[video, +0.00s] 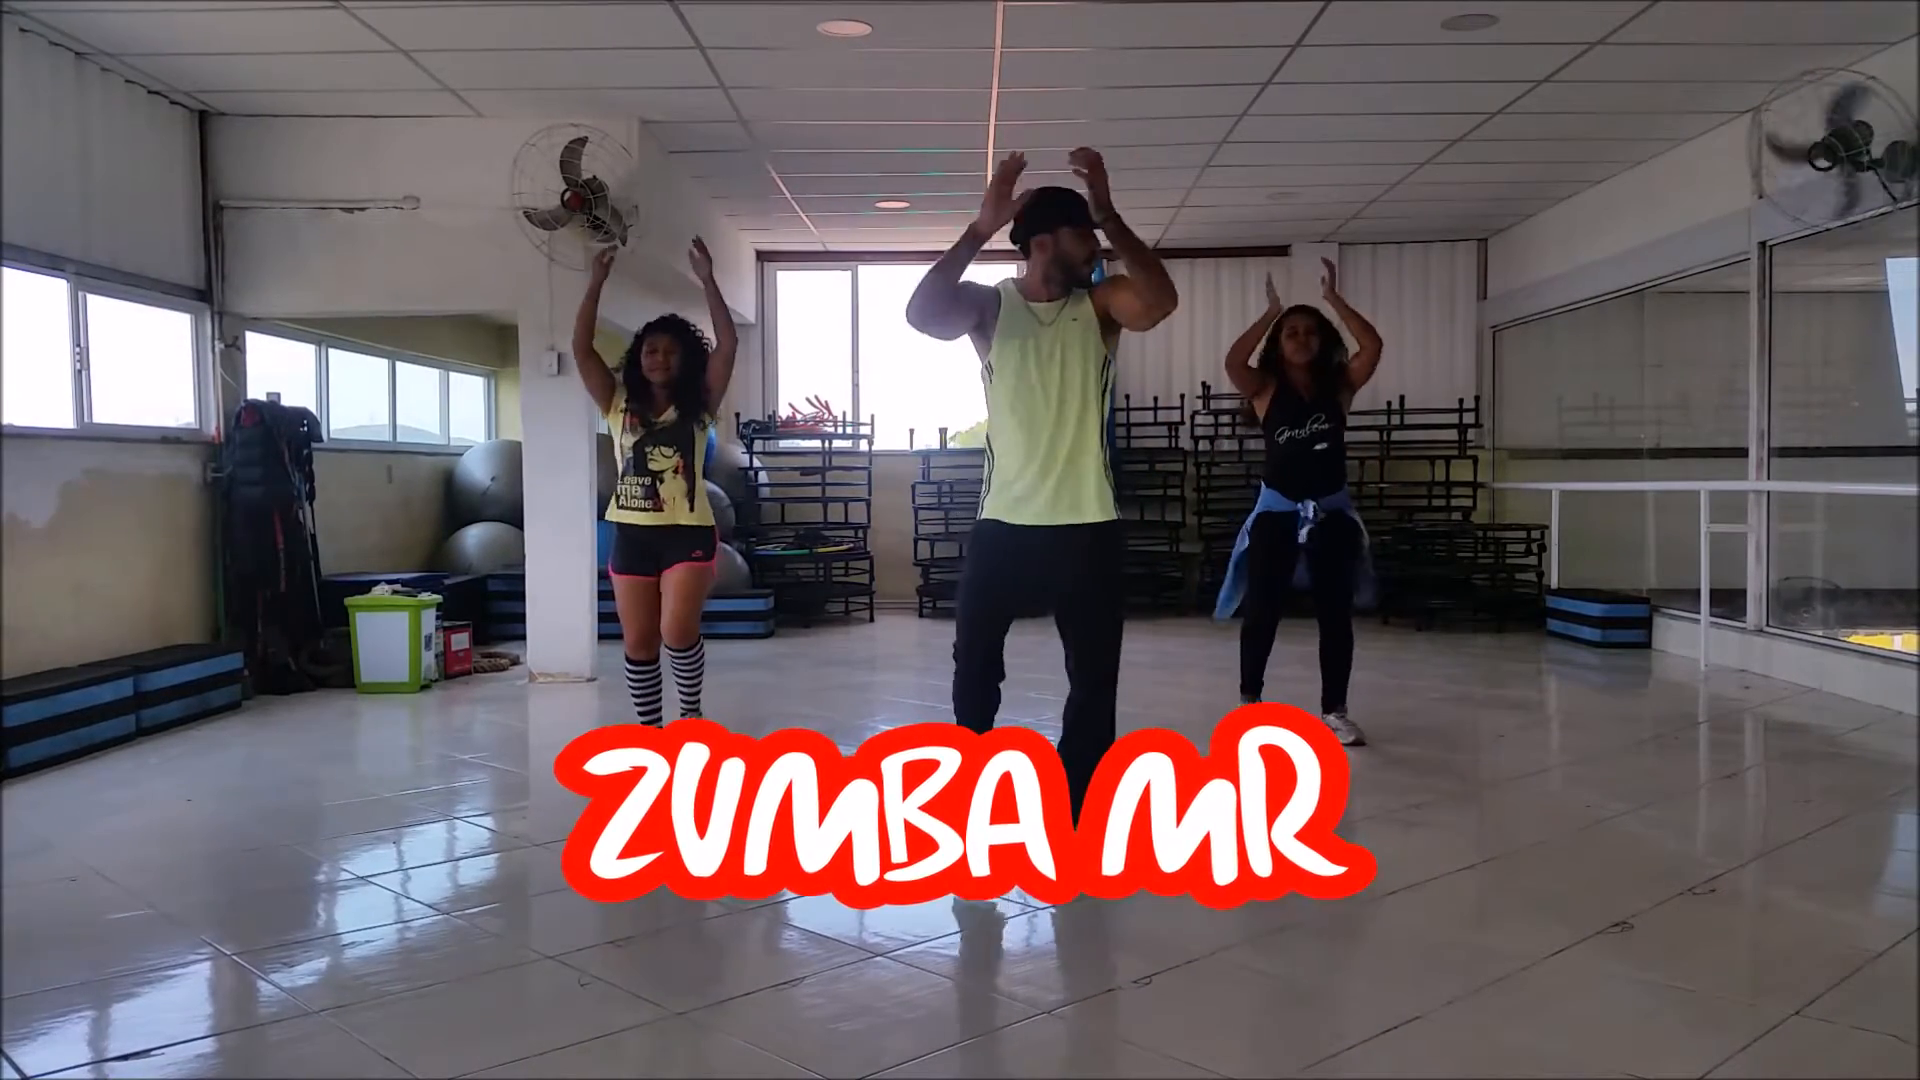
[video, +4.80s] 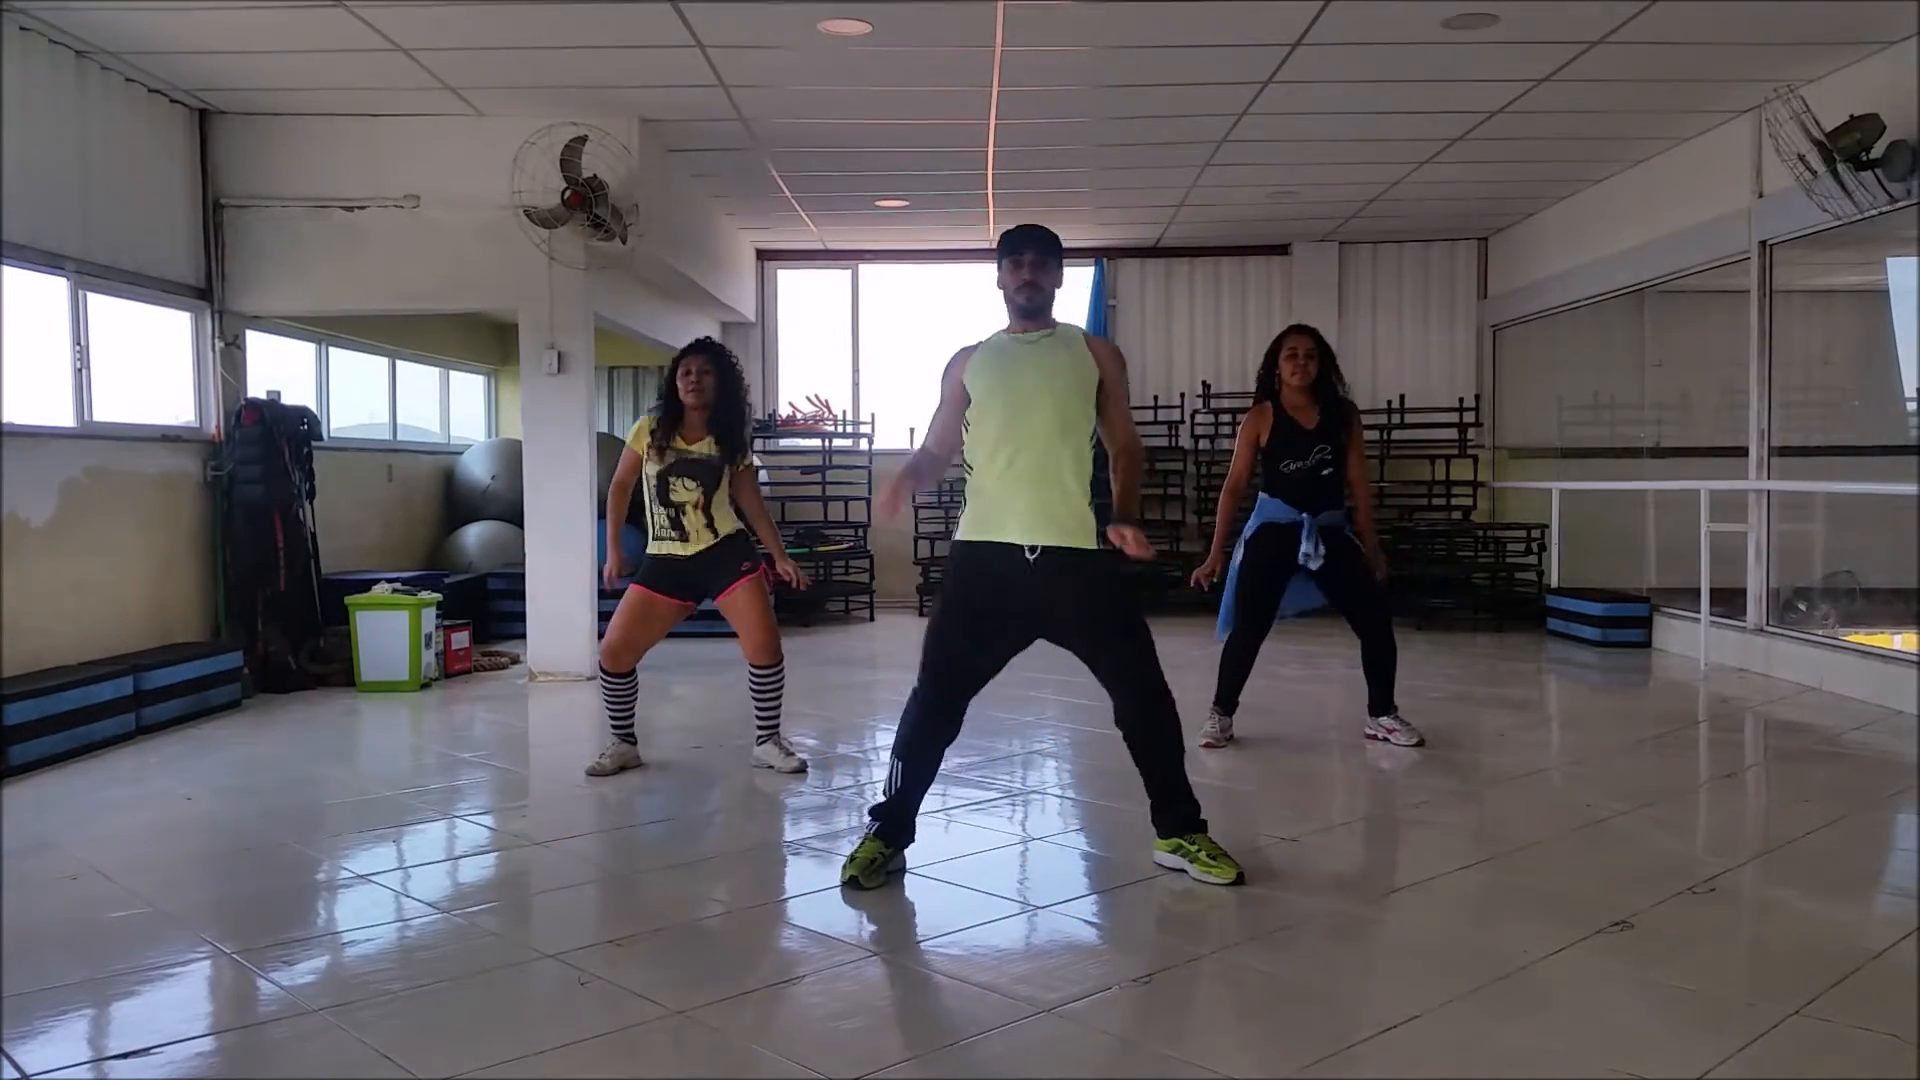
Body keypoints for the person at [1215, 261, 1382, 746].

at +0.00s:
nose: (1299, 339)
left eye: (1308, 333)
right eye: (1290, 334)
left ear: (1322, 342)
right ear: (1278, 344)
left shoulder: (1339, 386)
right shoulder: (1264, 389)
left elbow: (1372, 347)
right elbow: (1234, 363)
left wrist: (1336, 301)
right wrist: (1268, 319)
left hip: (1332, 516)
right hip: (1276, 516)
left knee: (1335, 612)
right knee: (1261, 607)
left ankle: (1335, 711)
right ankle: (1250, 702)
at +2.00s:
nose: (1308, 338)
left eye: (1316, 330)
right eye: (1299, 331)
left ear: (1330, 337)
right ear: (1286, 340)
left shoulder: (1342, 387)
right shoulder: (1270, 383)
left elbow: (1368, 366)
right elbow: (1229, 376)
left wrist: (1343, 313)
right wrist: (1272, 327)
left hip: (1329, 512)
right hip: (1274, 511)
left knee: (1329, 613)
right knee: (1256, 607)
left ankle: (1333, 715)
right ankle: (1240, 700)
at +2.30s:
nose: (1286, 338)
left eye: (1295, 331)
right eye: (1277, 332)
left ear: (1309, 342)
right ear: (1262, 343)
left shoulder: (1326, 390)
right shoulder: (1248, 387)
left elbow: (1375, 413)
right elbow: (1201, 402)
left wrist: (1327, 383)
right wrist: (1265, 390)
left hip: (1315, 515)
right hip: (1258, 515)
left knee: (1327, 614)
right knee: (1249, 615)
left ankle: (1335, 713)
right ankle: (1234, 715)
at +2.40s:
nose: (1278, 337)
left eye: (1287, 331)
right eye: (1269, 331)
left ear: (1300, 342)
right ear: (1254, 342)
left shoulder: (1317, 390)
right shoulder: (1239, 388)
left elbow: (1368, 434)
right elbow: (1191, 427)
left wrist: (1336, 428)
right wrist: (1239, 436)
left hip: (1309, 513)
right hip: (1252, 514)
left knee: (1343, 598)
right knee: (1245, 611)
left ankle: (1347, 705)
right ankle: (1234, 715)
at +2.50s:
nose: (1279, 335)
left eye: (1287, 329)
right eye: (1269, 329)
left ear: (1300, 339)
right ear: (1254, 339)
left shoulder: (1315, 390)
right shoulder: (1235, 387)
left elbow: (1350, 438)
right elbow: (1195, 444)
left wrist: (1362, 460)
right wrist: (1220, 476)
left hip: (1308, 511)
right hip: (1251, 512)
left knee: (1348, 598)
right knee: (1245, 611)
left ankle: (1365, 700)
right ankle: (1234, 715)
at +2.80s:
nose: (1298, 347)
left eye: (1306, 341)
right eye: (1288, 341)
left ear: (1319, 351)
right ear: (1273, 351)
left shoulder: (1339, 401)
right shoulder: (1255, 405)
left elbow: (1363, 467)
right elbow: (1233, 473)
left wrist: (1387, 528)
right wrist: (1221, 533)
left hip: (1332, 524)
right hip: (1274, 526)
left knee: (1363, 616)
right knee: (1260, 616)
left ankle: (1381, 716)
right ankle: (1225, 713)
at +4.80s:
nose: (1300, 362)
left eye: (1309, 355)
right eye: (1291, 355)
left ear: (1321, 364)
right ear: (1276, 364)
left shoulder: (1343, 415)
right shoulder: (1259, 418)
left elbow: (1359, 486)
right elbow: (1233, 488)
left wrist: (1368, 548)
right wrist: (1216, 552)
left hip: (1330, 534)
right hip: (1274, 533)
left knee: (1375, 618)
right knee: (1251, 621)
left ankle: (1383, 717)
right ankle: (1221, 716)